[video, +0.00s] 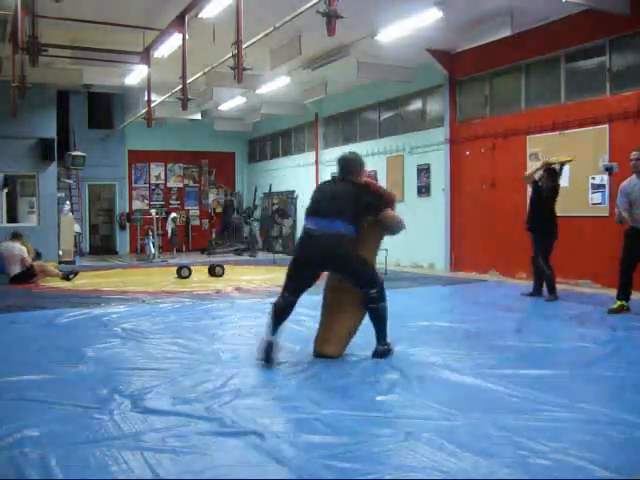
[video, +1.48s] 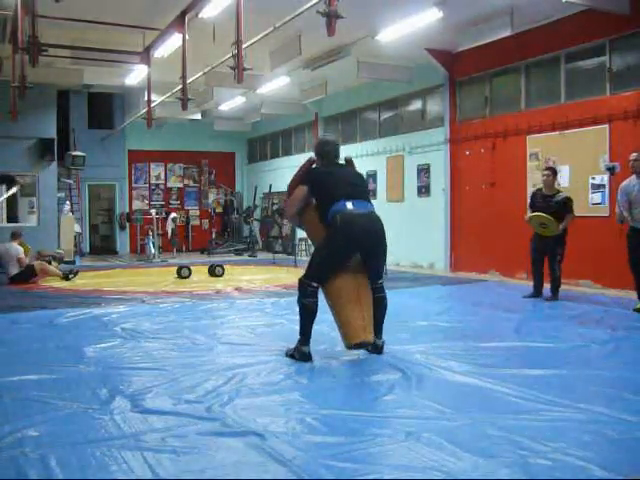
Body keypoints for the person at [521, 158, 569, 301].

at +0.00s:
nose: (541, 175)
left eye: (543, 174)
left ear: (544, 176)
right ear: (555, 178)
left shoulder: (539, 187)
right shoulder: (555, 187)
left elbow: (527, 178)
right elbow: (556, 176)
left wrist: (540, 167)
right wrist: (562, 165)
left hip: (539, 224)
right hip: (550, 222)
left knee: (540, 257)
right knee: (540, 257)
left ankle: (552, 291)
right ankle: (537, 289)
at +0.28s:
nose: (547, 177)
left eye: (550, 176)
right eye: (549, 175)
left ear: (552, 177)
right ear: (554, 177)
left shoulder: (549, 191)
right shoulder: (547, 189)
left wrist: (542, 226)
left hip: (549, 228)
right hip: (544, 227)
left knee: (548, 258)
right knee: (532, 257)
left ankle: (553, 292)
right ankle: (539, 287)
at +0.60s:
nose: (551, 174)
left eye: (554, 171)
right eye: (549, 171)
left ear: (560, 174)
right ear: (547, 173)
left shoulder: (563, 192)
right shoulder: (545, 183)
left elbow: (562, 204)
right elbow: (543, 166)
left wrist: (564, 186)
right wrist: (560, 157)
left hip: (553, 228)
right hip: (540, 225)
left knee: (552, 261)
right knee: (529, 256)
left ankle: (554, 292)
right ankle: (533, 286)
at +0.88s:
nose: (556, 177)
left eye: (559, 174)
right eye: (554, 174)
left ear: (564, 177)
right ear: (550, 177)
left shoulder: (564, 194)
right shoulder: (542, 191)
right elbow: (531, 182)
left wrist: (569, 215)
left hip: (553, 232)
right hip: (537, 231)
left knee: (552, 264)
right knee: (533, 264)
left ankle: (553, 293)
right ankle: (529, 291)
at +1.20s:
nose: (555, 177)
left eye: (557, 174)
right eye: (552, 174)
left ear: (561, 177)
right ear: (548, 178)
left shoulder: (567, 199)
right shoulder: (539, 194)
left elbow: (568, 218)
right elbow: (529, 209)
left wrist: (568, 225)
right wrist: (540, 213)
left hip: (556, 235)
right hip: (538, 233)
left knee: (553, 265)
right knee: (532, 264)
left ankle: (554, 293)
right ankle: (529, 291)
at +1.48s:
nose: (544, 178)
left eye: (548, 176)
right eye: (543, 175)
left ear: (554, 178)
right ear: (541, 178)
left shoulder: (563, 198)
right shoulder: (536, 194)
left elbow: (569, 215)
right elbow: (531, 210)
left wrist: (562, 226)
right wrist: (529, 217)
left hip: (556, 235)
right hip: (539, 233)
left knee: (554, 265)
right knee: (536, 263)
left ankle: (554, 292)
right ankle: (537, 290)